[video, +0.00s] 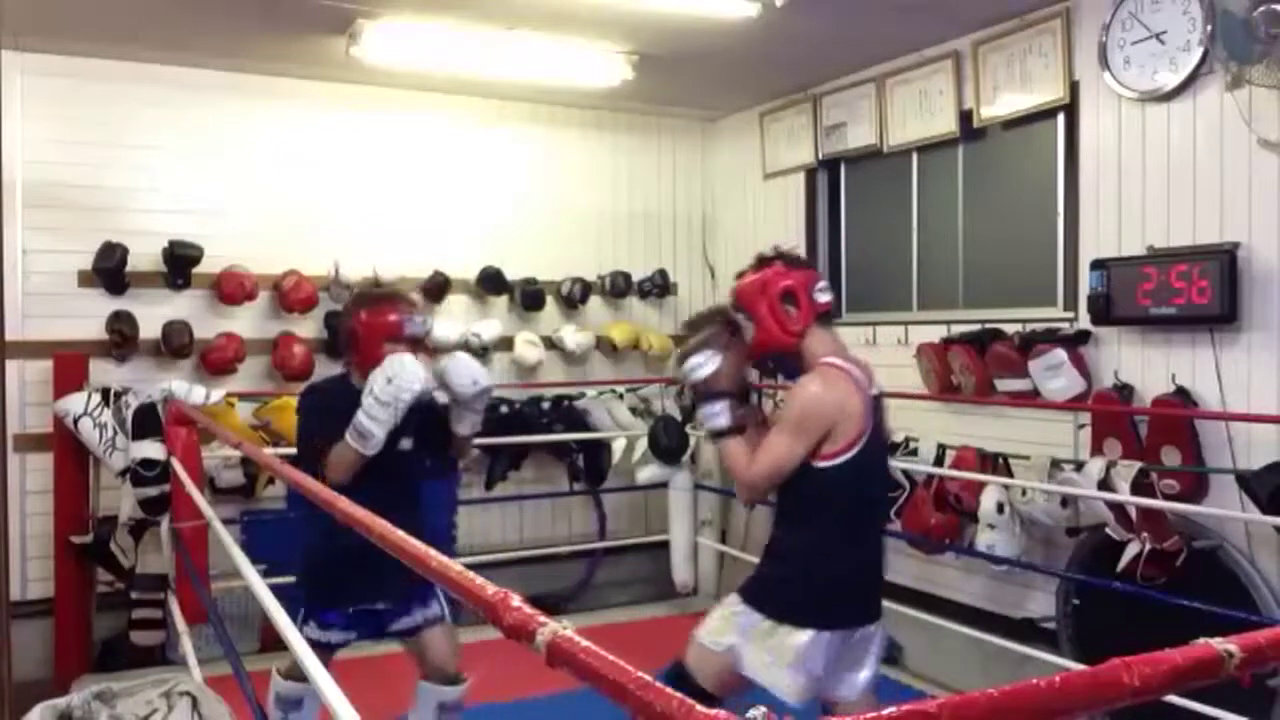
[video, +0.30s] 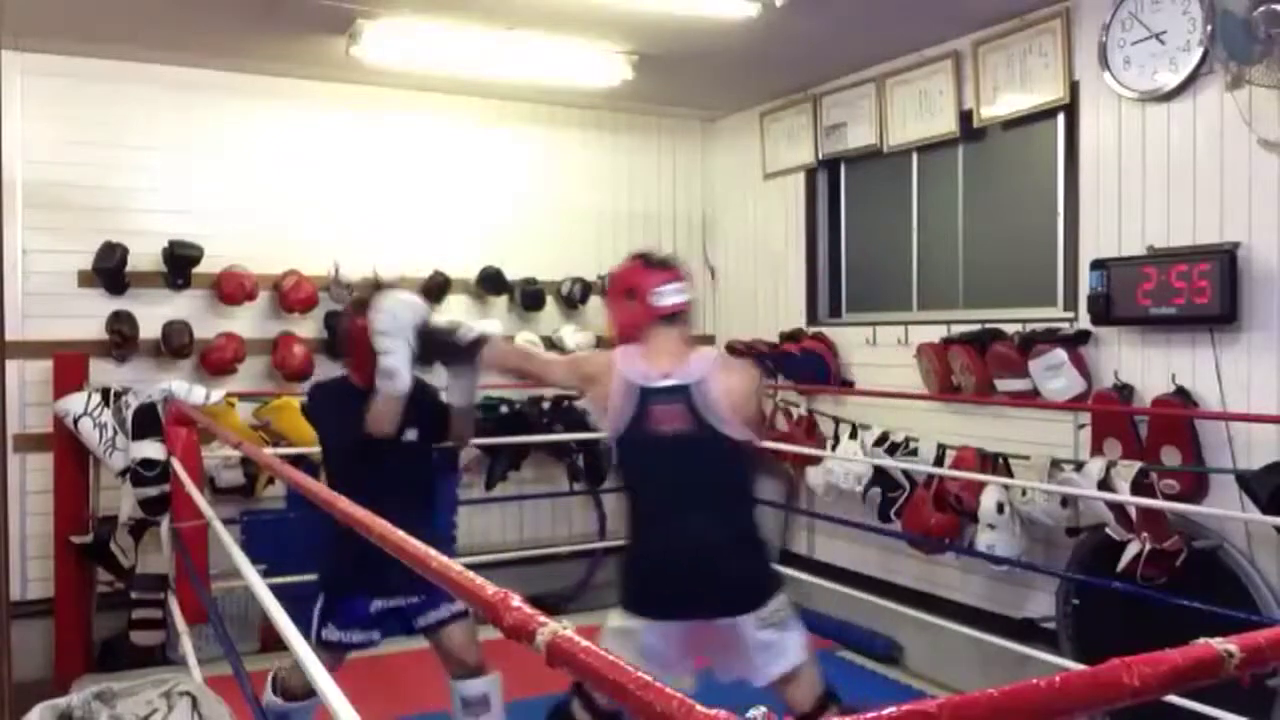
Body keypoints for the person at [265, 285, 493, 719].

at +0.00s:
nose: (408, 349)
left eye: (413, 336)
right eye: (394, 335)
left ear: (419, 341)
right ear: (362, 340)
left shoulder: (417, 400)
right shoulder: (323, 398)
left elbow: (449, 456)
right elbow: (334, 473)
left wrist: (468, 408)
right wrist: (378, 408)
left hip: (405, 564)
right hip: (335, 567)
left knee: (446, 673)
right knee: (295, 683)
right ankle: (284, 715)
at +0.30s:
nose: (376, 332)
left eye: (385, 322)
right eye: (365, 321)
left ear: (401, 334)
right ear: (346, 335)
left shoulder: (415, 393)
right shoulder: (327, 398)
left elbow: (456, 437)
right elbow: (378, 427)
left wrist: (462, 385)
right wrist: (393, 363)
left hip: (420, 554)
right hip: (354, 558)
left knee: (468, 658)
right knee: (312, 672)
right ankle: (275, 705)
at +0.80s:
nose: (335, 331)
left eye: (342, 319)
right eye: (323, 319)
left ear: (352, 319)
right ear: (289, 317)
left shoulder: (351, 366)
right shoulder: (253, 367)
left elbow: (382, 438)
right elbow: (241, 436)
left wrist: (385, 385)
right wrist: (286, 382)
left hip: (341, 517)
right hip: (276, 522)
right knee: (255, 642)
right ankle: (251, 717)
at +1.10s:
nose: (342, 362)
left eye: (353, 350)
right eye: (330, 349)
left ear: (363, 354)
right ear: (302, 349)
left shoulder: (375, 401)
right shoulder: (271, 405)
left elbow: (398, 481)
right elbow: (258, 482)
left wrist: (385, 463)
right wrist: (287, 473)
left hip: (354, 547)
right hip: (288, 550)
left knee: (386, 649)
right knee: (267, 654)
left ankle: (415, 713)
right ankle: (271, 715)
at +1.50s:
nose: (376, 356)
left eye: (387, 346)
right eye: (363, 344)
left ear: (400, 349)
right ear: (337, 346)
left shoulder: (413, 393)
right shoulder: (310, 396)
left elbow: (437, 467)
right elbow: (299, 476)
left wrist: (427, 416)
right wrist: (336, 412)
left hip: (408, 547)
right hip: (334, 548)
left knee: (440, 658)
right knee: (299, 669)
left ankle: (446, 714)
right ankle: (268, 697)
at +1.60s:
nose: (372, 347)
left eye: (383, 337)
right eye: (361, 334)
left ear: (394, 341)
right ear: (335, 334)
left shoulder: (403, 385)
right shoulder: (304, 385)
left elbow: (429, 466)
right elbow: (292, 464)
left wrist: (424, 417)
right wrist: (323, 402)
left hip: (398, 541)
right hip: (326, 542)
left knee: (427, 653)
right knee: (292, 659)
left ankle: (438, 714)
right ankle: (272, 708)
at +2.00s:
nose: (343, 328)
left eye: (357, 322)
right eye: (334, 319)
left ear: (374, 328)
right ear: (315, 324)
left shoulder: (379, 374)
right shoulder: (290, 372)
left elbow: (400, 428)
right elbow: (303, 417)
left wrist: (380, 371)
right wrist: (338, 357)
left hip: (370, 522)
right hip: (307, 523)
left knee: (399, 635)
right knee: (280, 644)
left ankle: (407, 710)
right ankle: (279, 714)